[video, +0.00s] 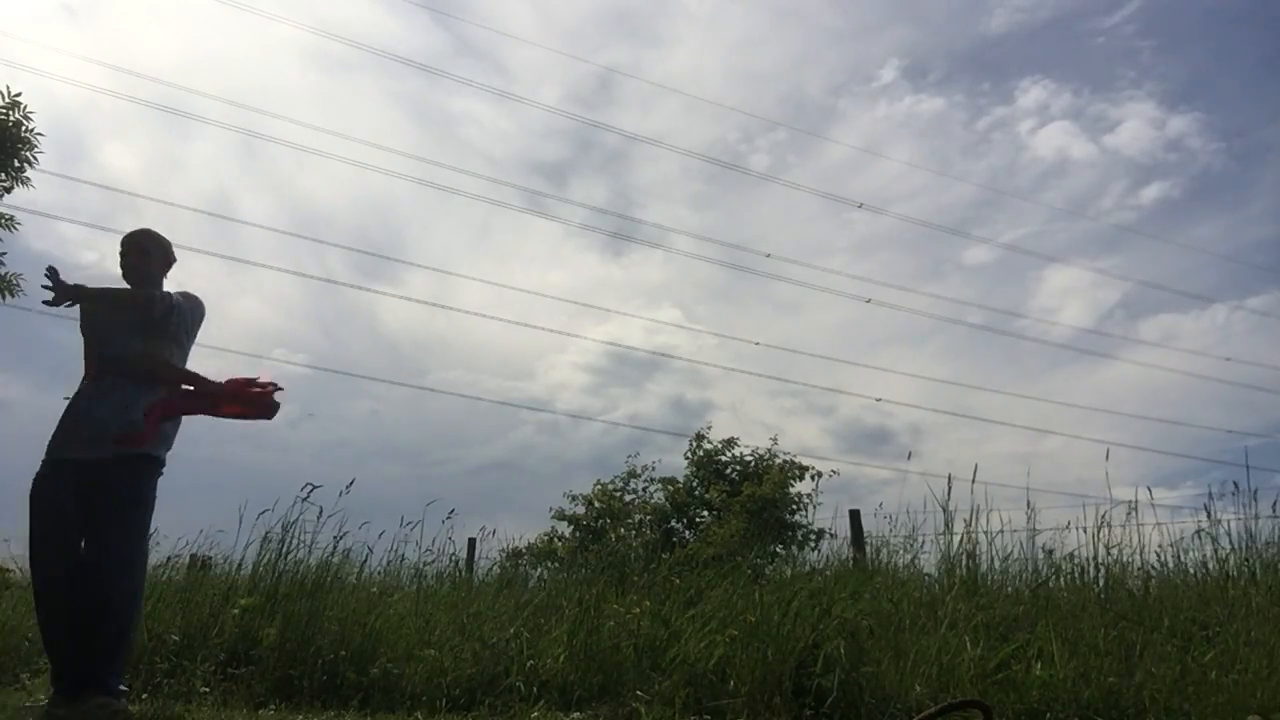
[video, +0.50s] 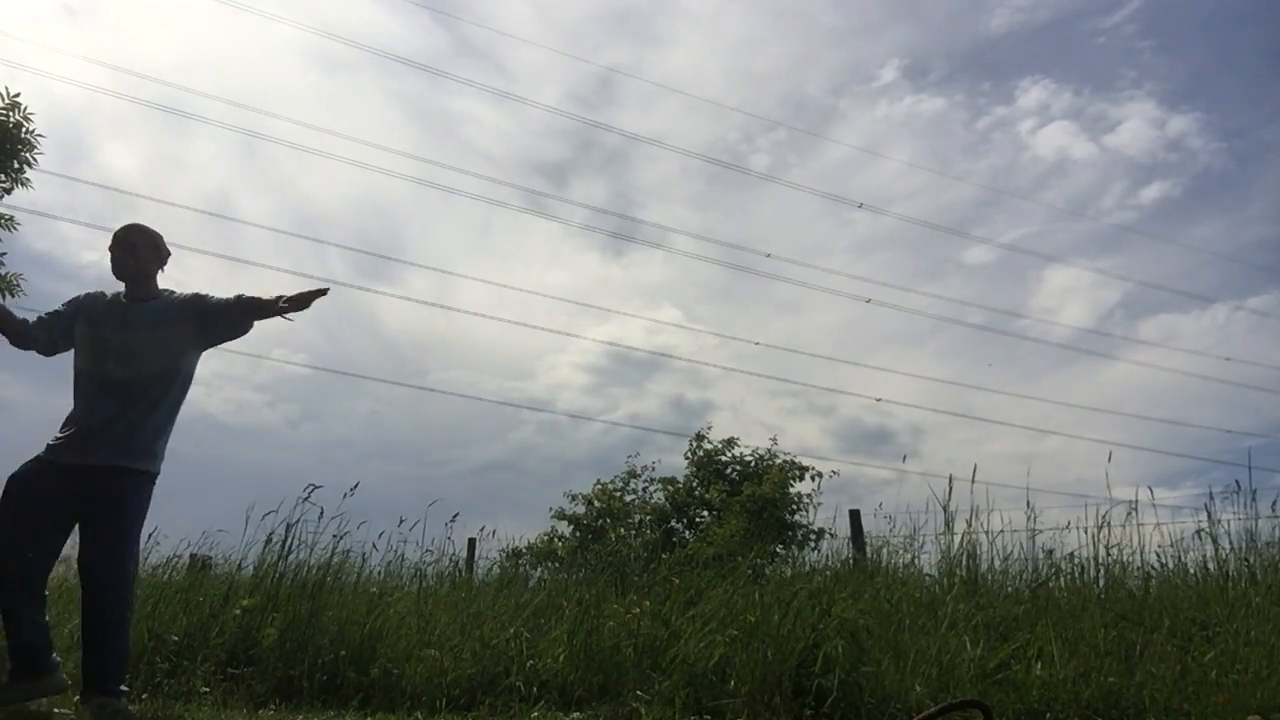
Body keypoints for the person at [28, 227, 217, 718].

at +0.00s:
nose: (131, 261)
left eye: (142, 253)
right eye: (125, 254)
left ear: (167, 262)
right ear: (119, 263)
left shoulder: (188, 307)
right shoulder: (98, 309)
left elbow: (144, 306)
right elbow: (129, 361)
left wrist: (80, 294)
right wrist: (202, 384)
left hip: (132, 459)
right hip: (70, 455)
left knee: (118, 568)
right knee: (54, 568)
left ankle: (106, 686)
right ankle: (68, 686)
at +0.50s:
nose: (123, 257)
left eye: (135, 249)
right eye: (117, 249)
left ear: (159, 259)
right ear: (109, 259)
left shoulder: (184, 312)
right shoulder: (89, 309)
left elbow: (235, 308)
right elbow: (34, 335)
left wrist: (279, 305)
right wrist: (2, 312)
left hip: (129, 466)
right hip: (68, 456)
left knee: (108, 578)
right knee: (13, 539)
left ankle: (104, 693)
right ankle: (33, 668)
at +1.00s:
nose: (44, 303)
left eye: (50, 293)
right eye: (44, 294)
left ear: (73, 291)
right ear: (89, 295)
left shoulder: (75, 329)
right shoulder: (103, 342)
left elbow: (23, 388)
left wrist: (30, 362)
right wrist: (26, 361)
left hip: (43, 478)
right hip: (68, 481)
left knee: (48, 580)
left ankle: (97, 691)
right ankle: (97, 688)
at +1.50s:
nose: (29, 321)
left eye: (34, 311)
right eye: (30, 313)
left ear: (53, 308)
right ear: (69, 311)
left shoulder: (68, 339)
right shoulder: (85, 349)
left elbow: (36, 405)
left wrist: (11, 390)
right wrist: (19, 392)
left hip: (53, 493)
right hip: (64, 494)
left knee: (64, 593)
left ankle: (120, 691)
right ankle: (117, 689)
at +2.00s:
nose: (33, 317)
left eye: (37, 309)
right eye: (35, 311)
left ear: (48, 307)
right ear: (79, 314)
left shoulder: (40, 336)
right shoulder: (107, 359)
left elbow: (21, 398)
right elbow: (154, 411)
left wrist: (14, 420)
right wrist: (107, 435)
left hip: (47, 482)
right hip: (85, 488)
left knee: (57, 588)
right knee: (2, 576)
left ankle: (120, 691)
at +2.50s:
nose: (25, 271)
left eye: (35, 265)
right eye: (27, 266)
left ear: (60, 271)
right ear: (37, 279)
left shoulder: (91, 303)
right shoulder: (21, 321)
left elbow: (83, 237)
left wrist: (35, 183)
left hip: (83, 428)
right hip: (29, 429)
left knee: (39, 377)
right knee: (6, 517)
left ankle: (54, 492)